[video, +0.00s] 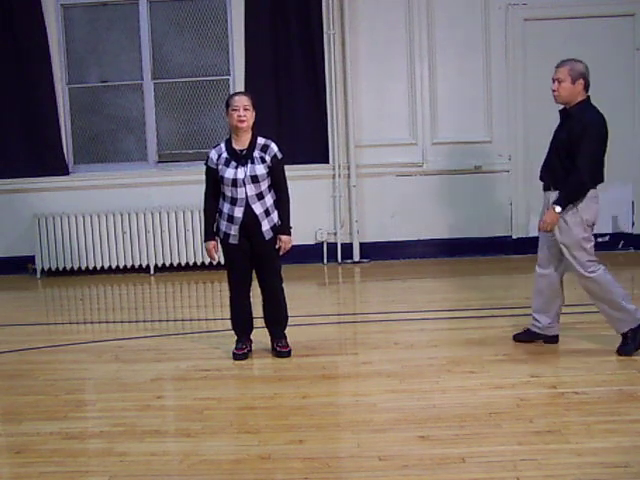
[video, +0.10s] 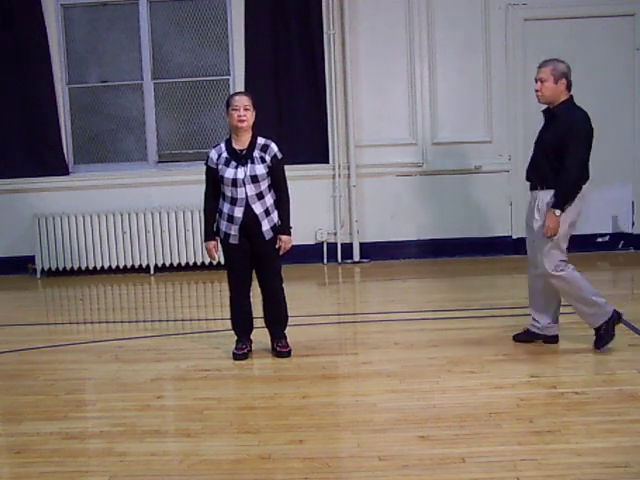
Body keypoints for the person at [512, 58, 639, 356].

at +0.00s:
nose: (553, 87)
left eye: (558, 82)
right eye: (553, 82)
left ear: (579, 85)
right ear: (574, 86)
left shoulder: (590, 120)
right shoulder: (569, 117)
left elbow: (584, 174)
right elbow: (566, 163)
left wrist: (557, 207)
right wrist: (549, 197)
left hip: (576, 201)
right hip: (554, 198)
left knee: (586, 268)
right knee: (547, 266)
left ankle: (631, 324)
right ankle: (544, 328)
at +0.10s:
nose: (537, 87)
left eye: (542, 82)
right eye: (536, 81)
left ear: (562, 84)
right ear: (554, 85)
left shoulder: (576, 119)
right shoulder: (553, 116)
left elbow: (576, 172)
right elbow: (553, 162)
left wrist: (556, 210)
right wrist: (538, 199)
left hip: (559, 198)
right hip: (540, 196)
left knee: (552, 265)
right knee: (538, 264)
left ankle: (604, 316)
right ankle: (544, 327)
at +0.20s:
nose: (522, 87)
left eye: (527, 81)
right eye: (522, 81)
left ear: (547, 84)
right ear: (537, 85)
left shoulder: (564, 118)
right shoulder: (537, 117)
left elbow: (570, 172)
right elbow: (525, 160)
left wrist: (557, 211)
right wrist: (509, 194)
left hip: (545, 197)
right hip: (526, 196)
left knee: (533, 264)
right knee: (529, 264)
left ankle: (563, 323)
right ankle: (540, 326)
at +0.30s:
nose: (510, 87)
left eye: (515, 81)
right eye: (510, 81)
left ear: (535, 84)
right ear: (525, 85)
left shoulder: (554, 120)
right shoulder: (522, 118)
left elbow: (566, 171)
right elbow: (506, 159)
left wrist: (559, 211)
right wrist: (483, 194)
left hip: (536, 199)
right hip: (517, 198)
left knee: (518, 265)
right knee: (535, 264)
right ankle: (546, 327)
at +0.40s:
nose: (498, 88)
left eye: (504, 83)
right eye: (498, 83)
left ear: (524, 86)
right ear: (513, 87)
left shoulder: (544, 121)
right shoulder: (509, 121)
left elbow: (558, 168)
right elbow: (491, 161)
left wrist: (558, 211)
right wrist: (467, 194)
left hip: (529, 200)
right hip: (506, 200)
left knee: (509, 267)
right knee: (527, 264)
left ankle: (481, 333)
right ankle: (545, 327)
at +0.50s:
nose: (488, 88)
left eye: (493, 83)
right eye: (488, 83)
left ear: (512, 87)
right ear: (505, 87)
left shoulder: (534, 123)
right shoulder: (498, 121)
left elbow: (548, 170)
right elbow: (481, 161)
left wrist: (552, 214)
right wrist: (457, 195)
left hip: (517, 202)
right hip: (494, 201)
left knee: (495, 268)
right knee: (519, 264)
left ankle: (471, 335)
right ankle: (543, 324)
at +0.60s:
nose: (478, 88)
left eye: (484, 83)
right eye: (479, 83)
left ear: (503, 87)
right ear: (497, 88)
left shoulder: (524, 124)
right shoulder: (486, 121)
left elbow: (538, 172)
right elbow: (471, 161)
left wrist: (539, 216)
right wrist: (450, 194)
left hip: (505, 203)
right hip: (482, 203)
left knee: (484, 269)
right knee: (509, 266)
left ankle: (468, 335)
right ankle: (540, 321)